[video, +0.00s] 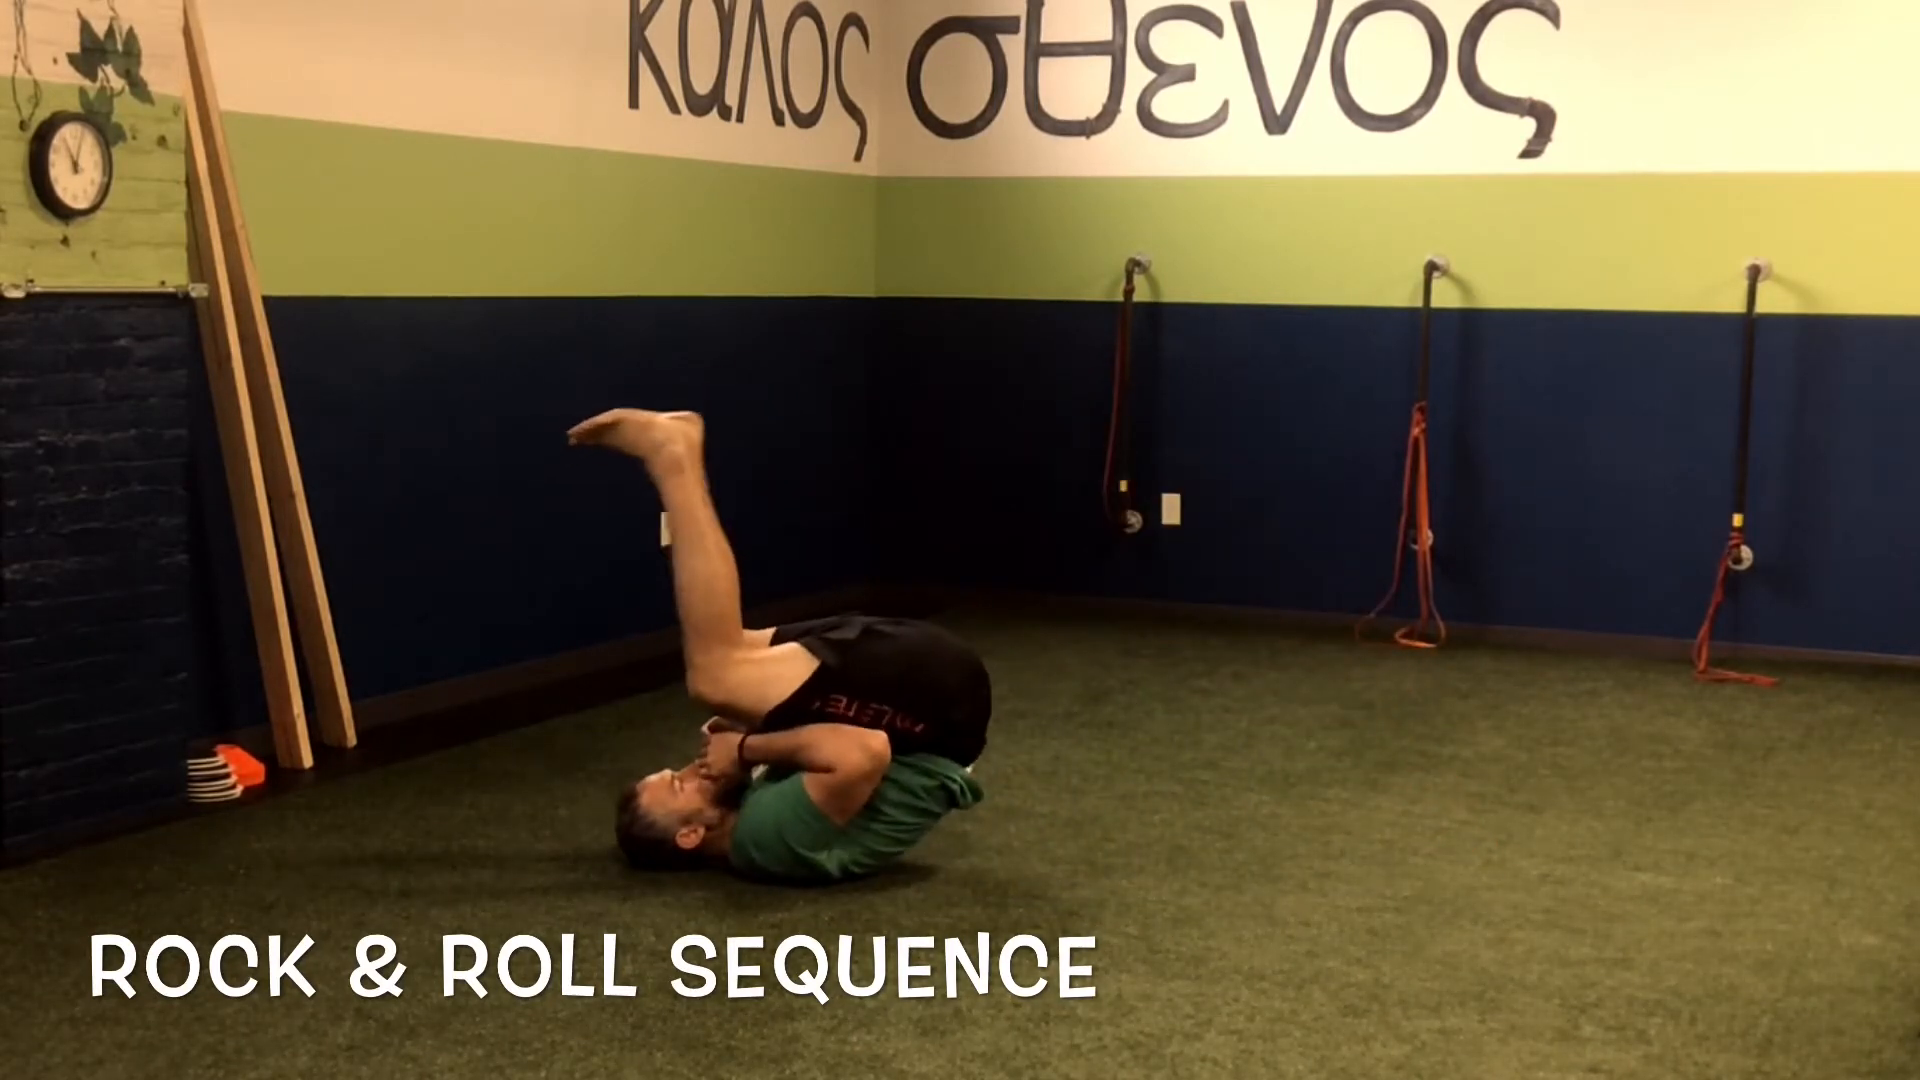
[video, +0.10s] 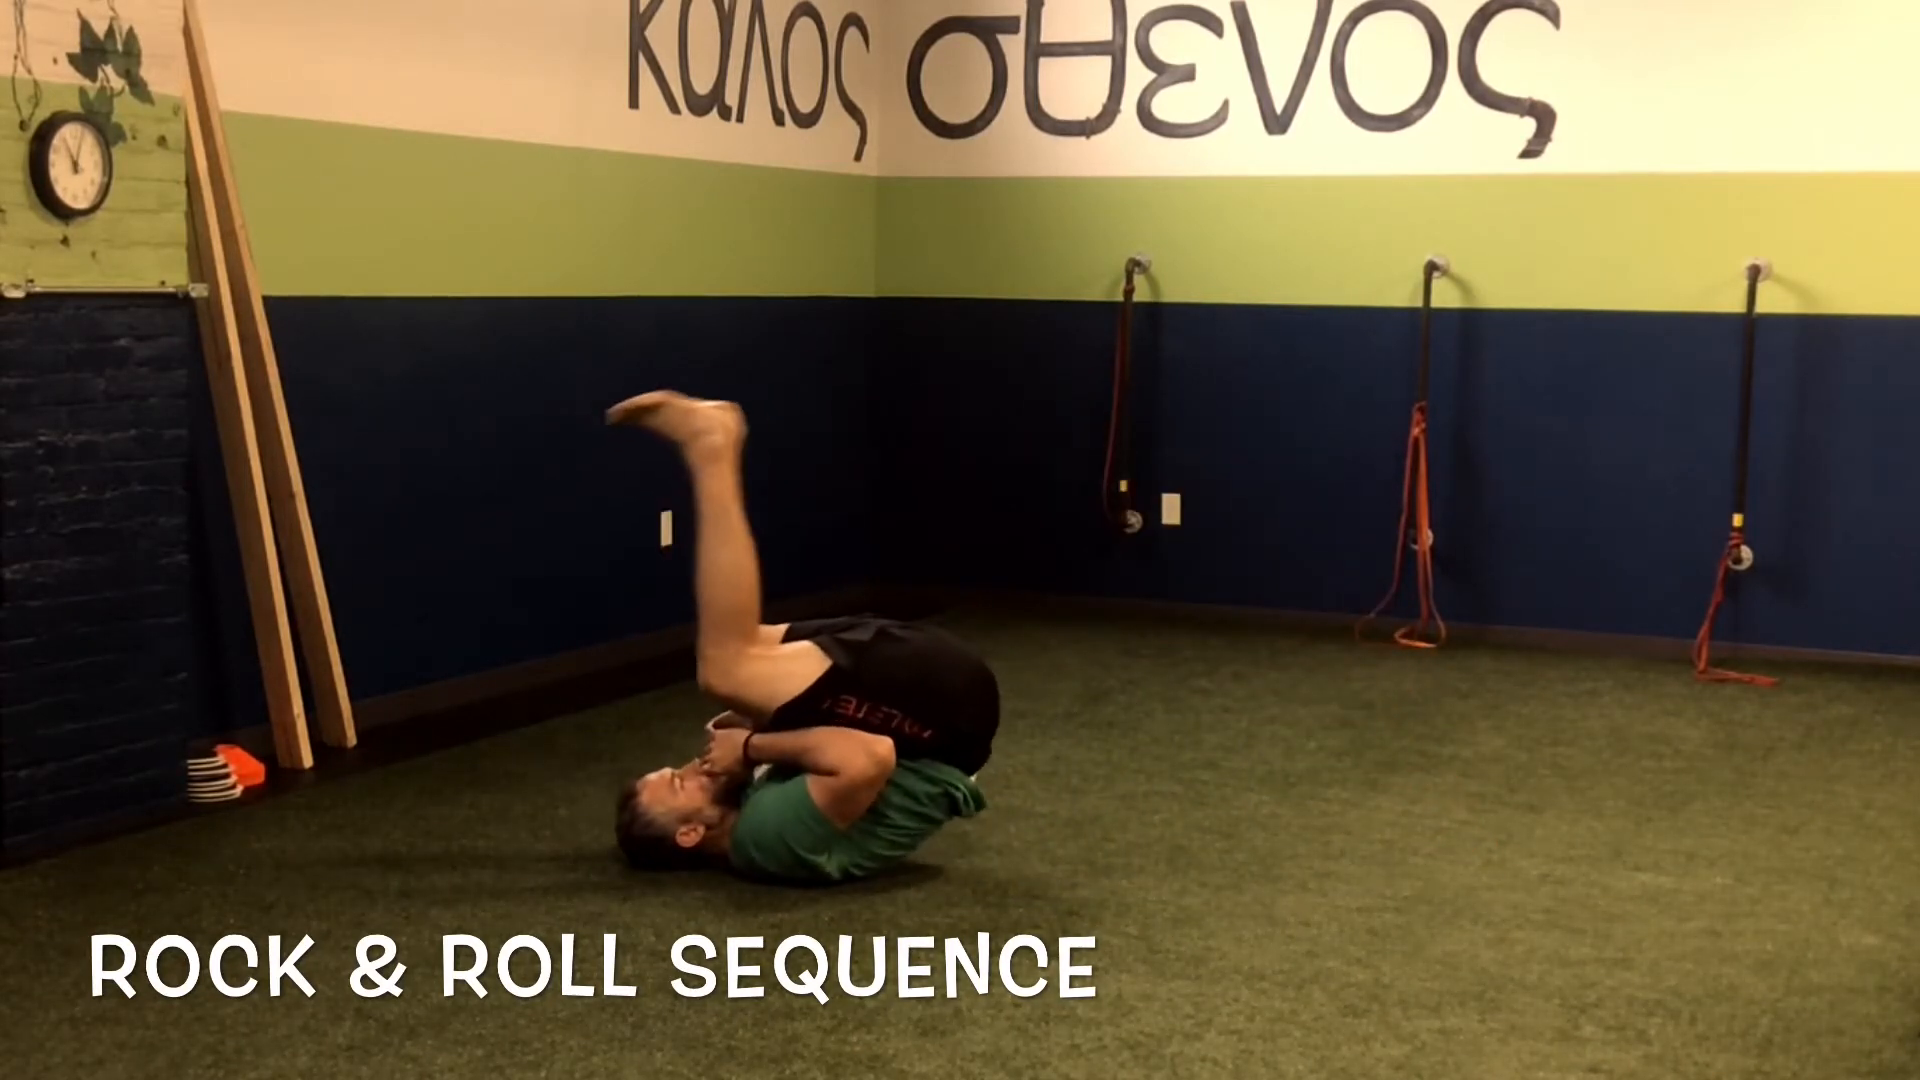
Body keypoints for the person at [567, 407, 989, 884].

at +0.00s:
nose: (686, 769)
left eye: (670, 775)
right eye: (673, 784)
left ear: (695, 828)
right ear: (692, 830)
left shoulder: (749, 817)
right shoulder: (766, 836)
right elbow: (865, 753)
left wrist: (737, 736)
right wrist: (747, 749)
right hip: (946, 693)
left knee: (734, 646)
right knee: (713, 670)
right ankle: (673, 453)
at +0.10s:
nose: (689, 766)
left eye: (673, 771)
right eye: (676, 784)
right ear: (692, 831)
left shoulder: (749, 815)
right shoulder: (767, 835)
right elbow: (869, 760)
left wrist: (743, 745)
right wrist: (750, 745)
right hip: (953, 704)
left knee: (745, 645)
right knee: (726, 665)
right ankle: (712, 445)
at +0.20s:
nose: (692, 762)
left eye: (676, 766)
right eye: (679, 778)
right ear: (692, 826)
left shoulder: (756, 812)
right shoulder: (768, 835)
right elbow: (878, 764)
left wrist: (750, 738)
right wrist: (759, 743)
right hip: (967, 718)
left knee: (774, 638)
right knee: (745, 654)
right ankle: (769, 433)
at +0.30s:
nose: (697, 751)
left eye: (680, 755)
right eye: (683, 768)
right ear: (695, 817)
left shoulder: (763, 810)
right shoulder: (770, 832)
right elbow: (887, 770)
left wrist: (771, 720)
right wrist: (769, 740)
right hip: (979, 738)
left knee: (793, 631)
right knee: (769, 638)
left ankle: (839, 429)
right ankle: (838, 430)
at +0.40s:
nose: (707, 739)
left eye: (690, 741)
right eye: (692, 753)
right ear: (701, 805)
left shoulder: (772, 800)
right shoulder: (775, 826)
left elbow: (866, 715)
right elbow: (902, 778)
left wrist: (787, 710)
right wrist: (787, 736)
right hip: (992, 753)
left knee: (809, 617)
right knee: (805, 624)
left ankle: (924, 438)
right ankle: (917, 438)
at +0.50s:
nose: (732, 720)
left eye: (713, 721)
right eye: (713, 734)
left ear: (717, 785)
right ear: (714, 785)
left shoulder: (780, 791)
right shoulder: (783, 817)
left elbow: (894, 713)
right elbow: (922, 788)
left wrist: (812, 706)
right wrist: (811, 728)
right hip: (1004, 780)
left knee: (851, 601)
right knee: (852, 609)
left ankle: (1009, 459)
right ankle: (1011, 460)